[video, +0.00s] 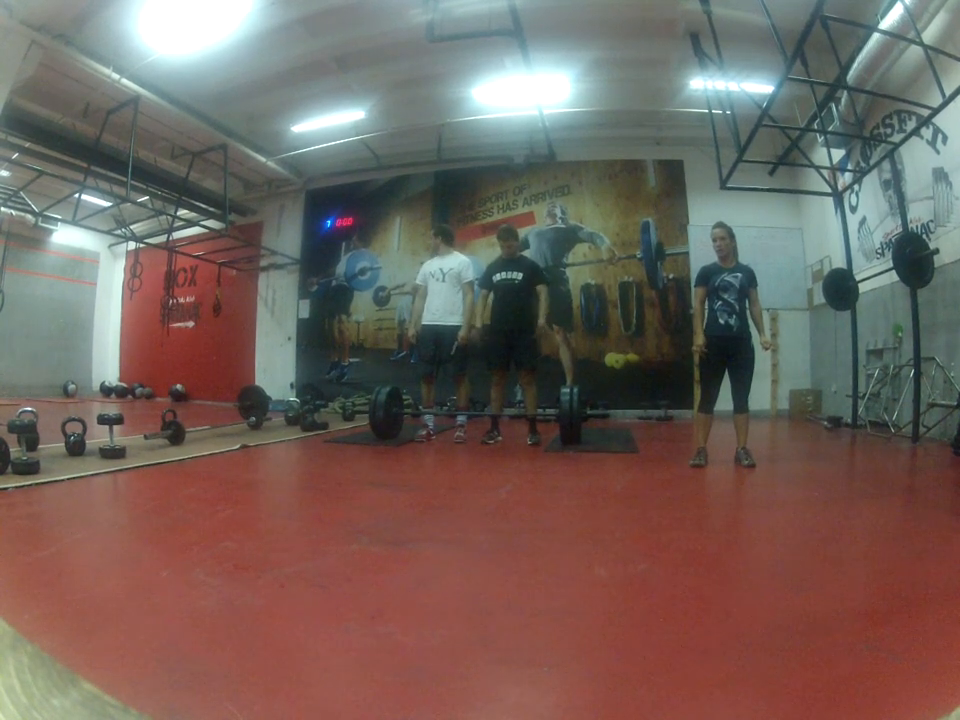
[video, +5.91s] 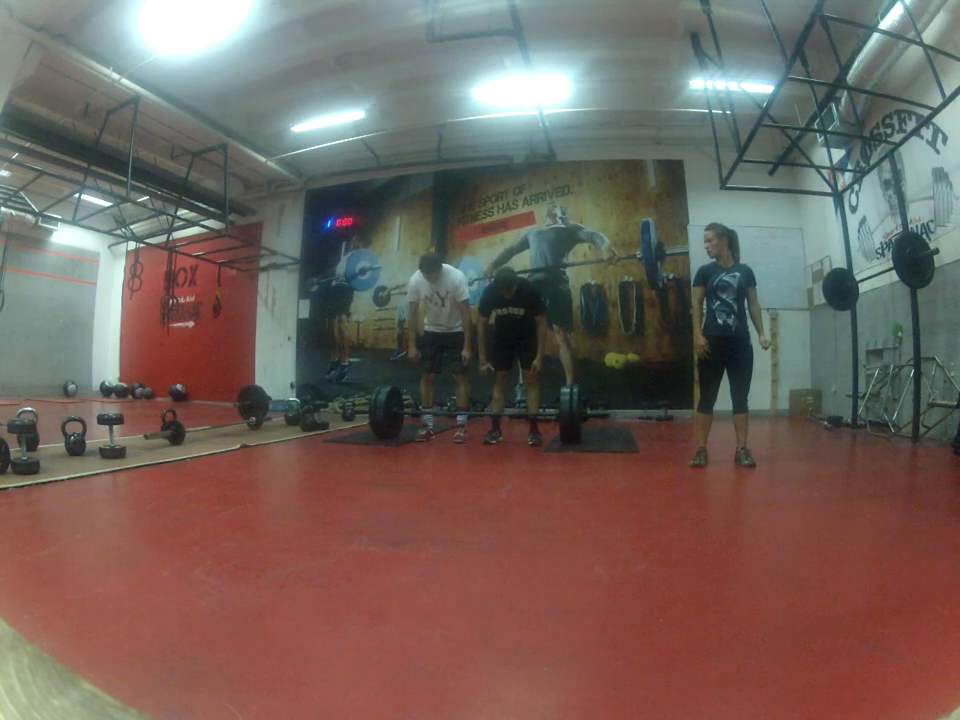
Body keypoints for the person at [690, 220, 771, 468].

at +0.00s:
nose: (718, 244)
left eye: (722, 239)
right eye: (715, 240)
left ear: (733, 241)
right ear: (711, 244)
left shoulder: (746, 272)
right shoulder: (706, 272)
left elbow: (754, 305)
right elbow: (698, 305)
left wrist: (762, 334)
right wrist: (698, 335)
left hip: (741, 343)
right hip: (713, 342)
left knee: (741, 400)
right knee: (707, 399)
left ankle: (742, 449)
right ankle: (700, 449)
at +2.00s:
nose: (718, 244)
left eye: (722, 239)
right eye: (714, 240)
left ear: (732, 241)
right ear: (711, 244)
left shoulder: (745, 272)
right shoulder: (705, 272)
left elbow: (754, 305)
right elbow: (697, 306)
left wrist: (761, 334)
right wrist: (698, 335)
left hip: (740, 343)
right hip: (712, 342)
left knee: (741, 400)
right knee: (707, 400)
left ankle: (742, 449)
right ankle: (701, 450)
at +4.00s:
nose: (718, 243)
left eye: (722, 239)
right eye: (714, 240)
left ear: (732, 241)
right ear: (711, 243)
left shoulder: (745, 272)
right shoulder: (705, 272)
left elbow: (754, 306)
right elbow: (697, 306)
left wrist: (761, 333)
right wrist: (698, 335)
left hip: (740, 343)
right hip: (712, 342)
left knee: (740, 398)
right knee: (707, 398)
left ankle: (742, 449)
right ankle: (701, 449)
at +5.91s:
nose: (706, 245)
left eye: (710, 240)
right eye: (705, 241)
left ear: (726, 241)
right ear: (709, 244)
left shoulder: (745, 271)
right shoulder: (704, 272)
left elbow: (753, 305)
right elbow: (697, 306)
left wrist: (761, 333)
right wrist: (697, 335)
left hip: (739, 342)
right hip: (711, 342)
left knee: (740, 399)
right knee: (706, 398)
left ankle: (742, 449)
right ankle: (701, 449)